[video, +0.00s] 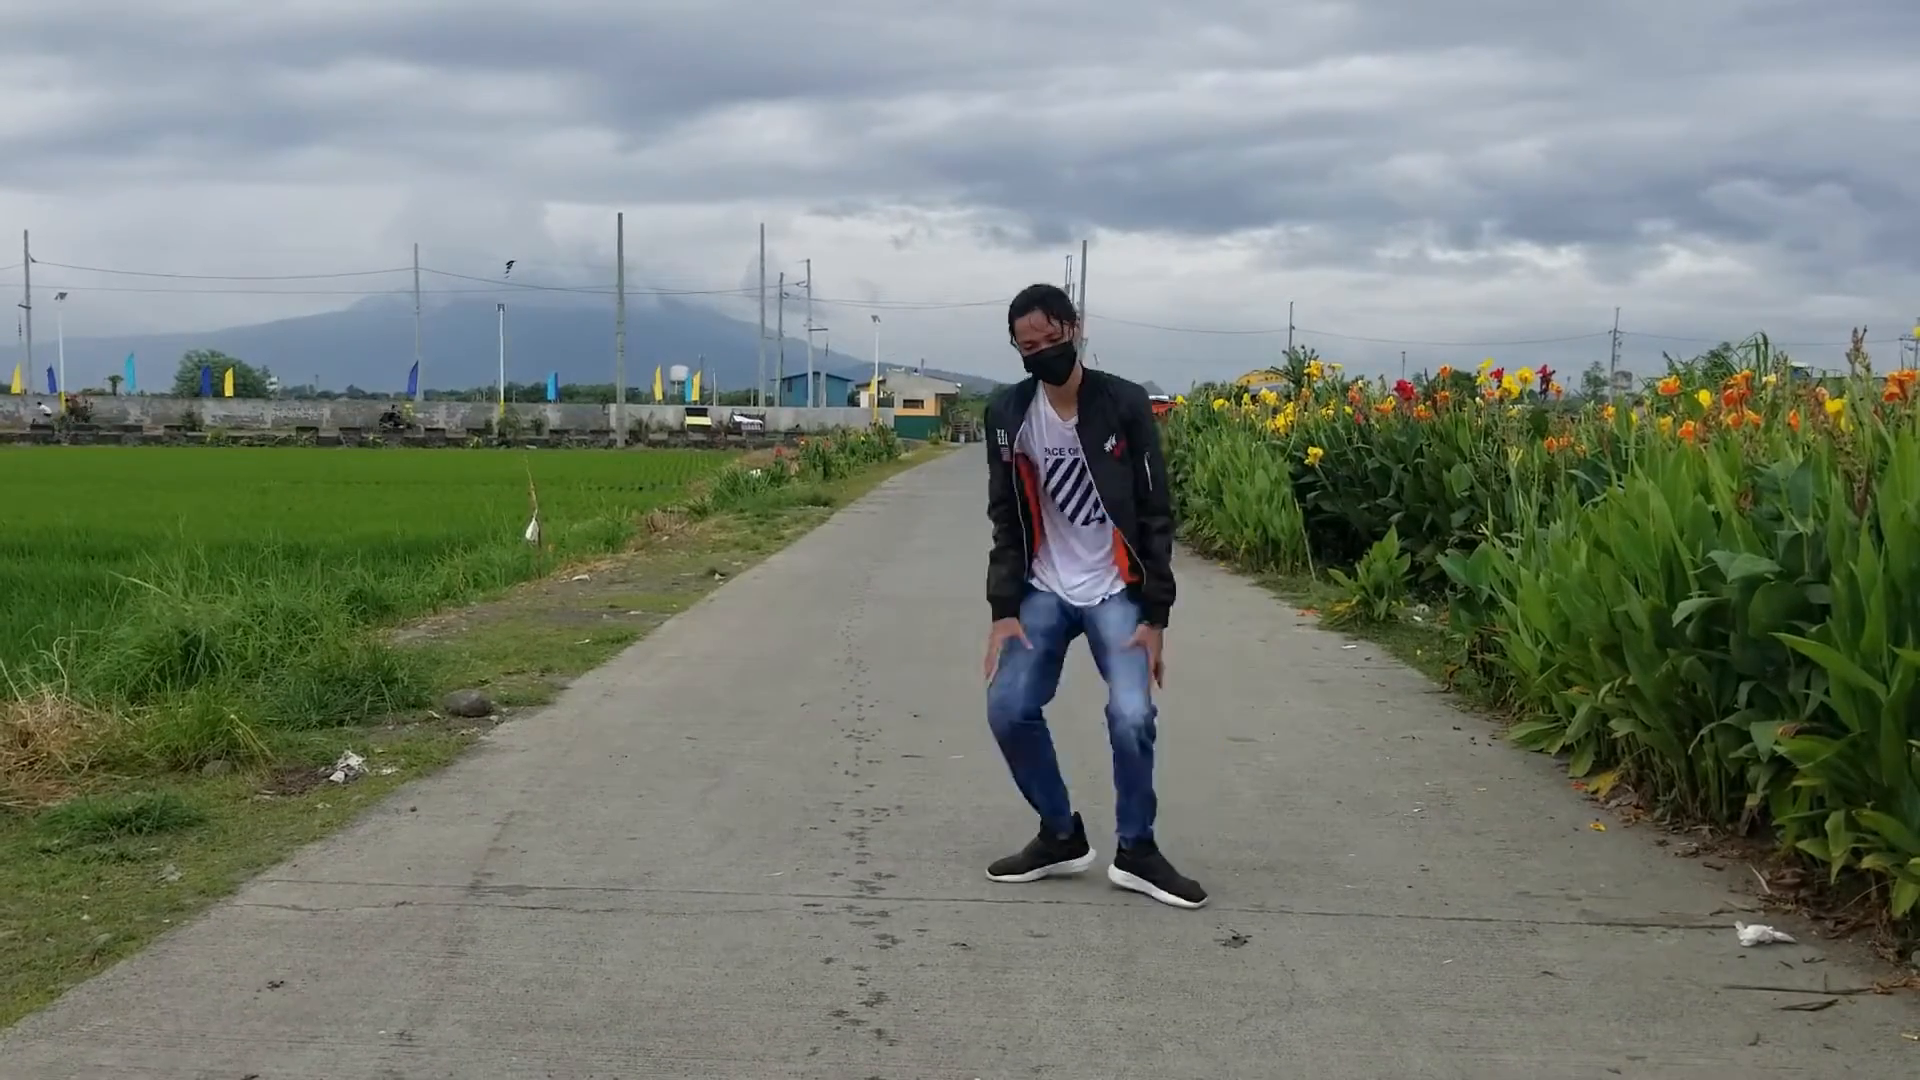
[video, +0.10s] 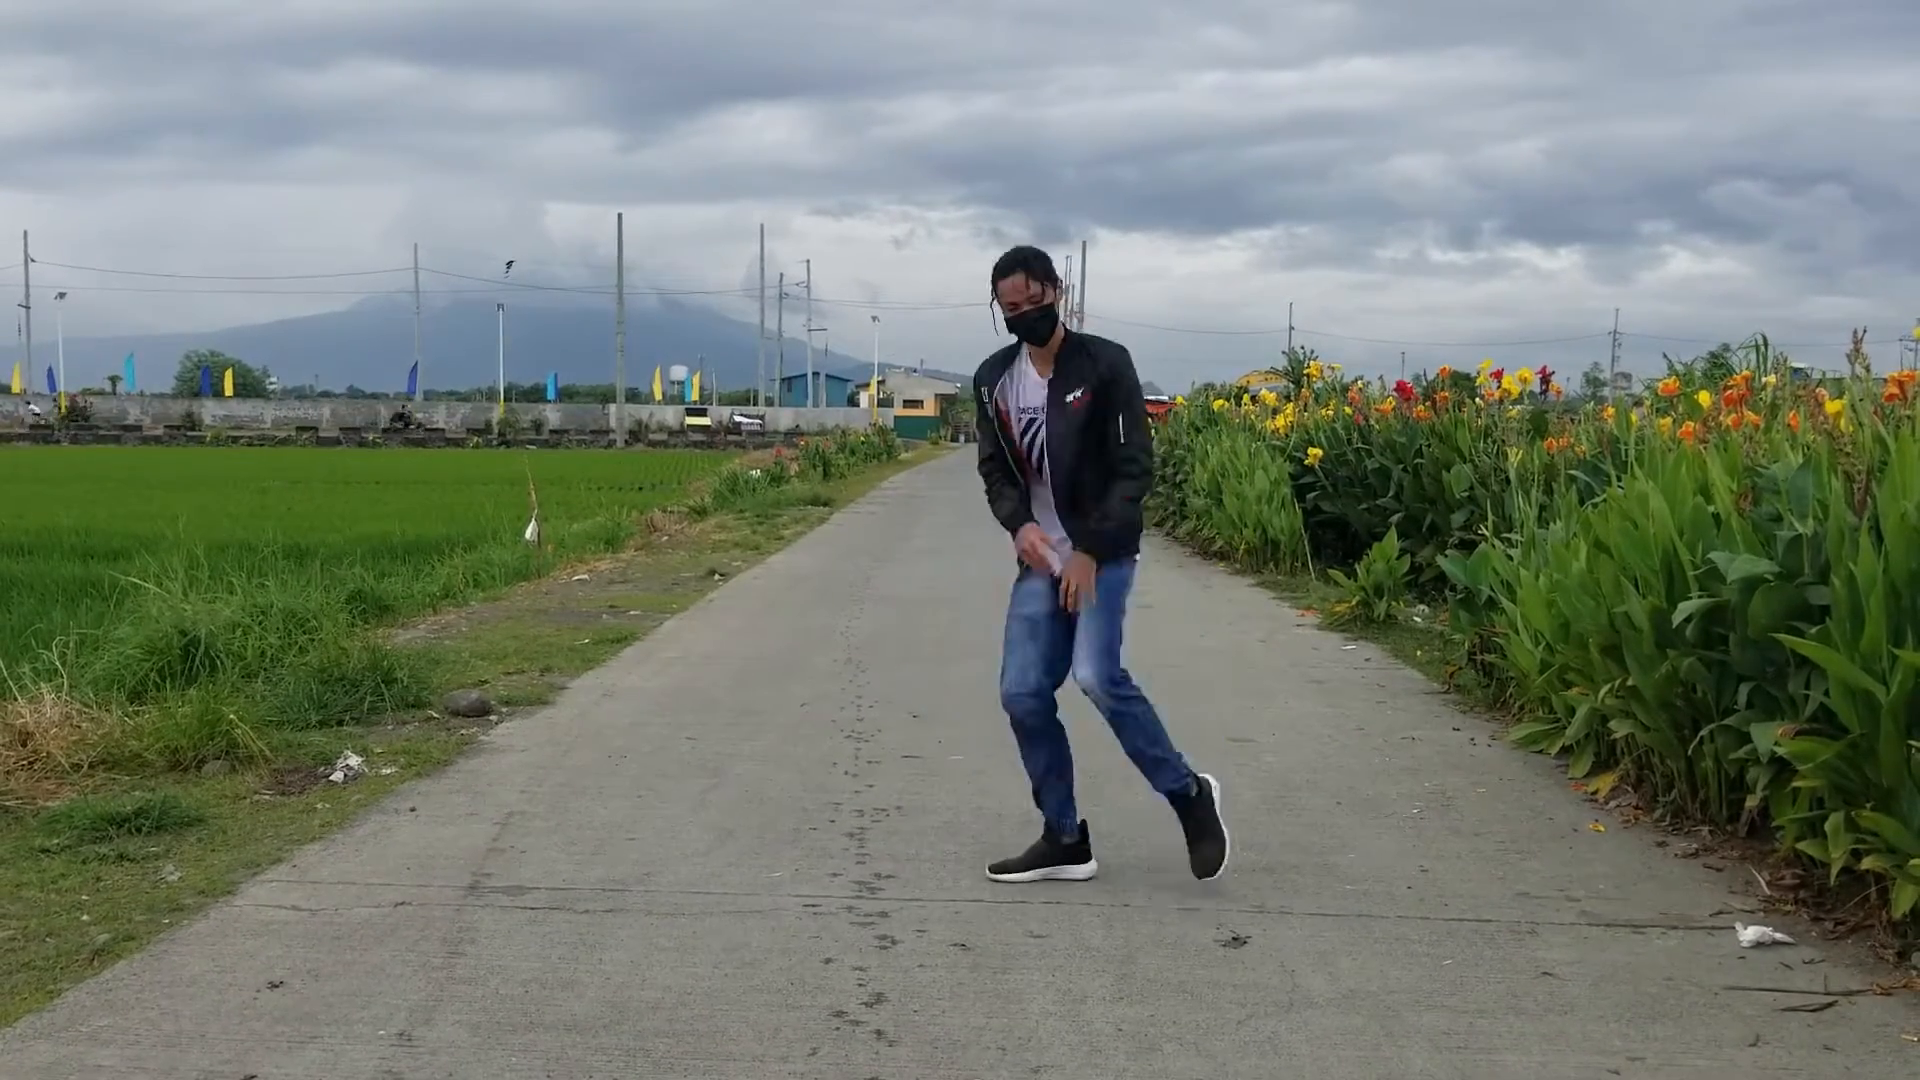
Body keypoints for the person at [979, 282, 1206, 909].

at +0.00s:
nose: (1038, 350)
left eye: (1046, 336)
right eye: (1026, 343)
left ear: (1073, 330)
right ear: (1018, 349)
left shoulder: (1124, 404)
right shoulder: (1008, 413)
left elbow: (1155, 514)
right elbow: (1006, 517)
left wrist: (1155, 616)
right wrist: (1003, 608)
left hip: (1115, 585)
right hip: (1041, 584)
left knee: (1133, 716)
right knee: (1008, 710)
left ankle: (1135, 850)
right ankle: (1061, 834)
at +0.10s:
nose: (1021, 310)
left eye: (1031, 296)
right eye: (1009, 302)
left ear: (1056, 293)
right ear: (998, 308)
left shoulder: (1104, 362)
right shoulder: (994, 378)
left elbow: (1134, 468)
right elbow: (995, 469)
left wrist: (1090, 551)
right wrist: (1020, 525)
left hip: (1105, 548)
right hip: (1041, 550)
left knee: (1096, 674)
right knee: (1023, 691)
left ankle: (1188, 795)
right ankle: (1066, 840)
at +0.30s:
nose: (1014, 273)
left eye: (1023, 260)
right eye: (1001, 269)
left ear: (1048, 266)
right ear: (990, 284)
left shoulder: (1088, 331)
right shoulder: (984, 349)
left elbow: (1155, 365)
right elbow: (957, 413)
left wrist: (1067, 361)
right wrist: (1008, 342)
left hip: (1085, 506)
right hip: (1021, 527)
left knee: (1085, 547)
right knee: (1041, 691)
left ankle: (1119, 675)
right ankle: (1067, 832)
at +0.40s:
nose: (1010, 270)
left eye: (1020, 258)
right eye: (998, 264)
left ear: (1045, 266)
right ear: (987, 281)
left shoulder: (1083, 329)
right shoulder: (979, 348)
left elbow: (1142, 365)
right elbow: (955, 417)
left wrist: (1056, 354)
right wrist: (1002, 345)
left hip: (1079, 504)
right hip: (1010, 520)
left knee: (1045, 523)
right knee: (1033, 682)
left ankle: (1065, 667)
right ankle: (1065, 832)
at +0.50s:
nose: (1007, 283)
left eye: (1016, 270)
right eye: (996, 277)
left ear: (1042, 273)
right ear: (986, 291)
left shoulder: (1077, 333)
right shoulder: (980, 350)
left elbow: (1131, 361)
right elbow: (949, 400)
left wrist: (1046, 347)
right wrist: (992, 337)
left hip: (1070, 520)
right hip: (1012, 524)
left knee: (987, 540)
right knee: (1040, 685)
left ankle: (1005, 685)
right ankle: (1064, 833)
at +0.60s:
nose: (986, 300)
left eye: (995, 287)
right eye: (981, 289)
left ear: (1027, 285)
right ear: (988, 292)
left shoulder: (1062, 350)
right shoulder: (997, 358)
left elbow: (1088, 349)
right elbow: (958, 345)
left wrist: (1058, 318)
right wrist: (994, 302)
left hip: (1057, 534)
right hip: (1018, 531)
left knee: (934, 580)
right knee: (1031, 689)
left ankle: (968, 712)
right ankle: (1063, 832)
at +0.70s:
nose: (975, 294)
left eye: (980, 284)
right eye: (975, 285)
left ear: (1009, 284)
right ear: (1009, 286)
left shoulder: (1045, 333)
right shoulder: (996, 344)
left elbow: (1047, 355)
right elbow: (951, 364)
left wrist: (1076, 370)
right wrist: (958, 369)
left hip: (1027, 540)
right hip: (1053, 541)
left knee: (935, 627)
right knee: (1035, 689)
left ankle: (958, 760)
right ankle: (1062, 831)